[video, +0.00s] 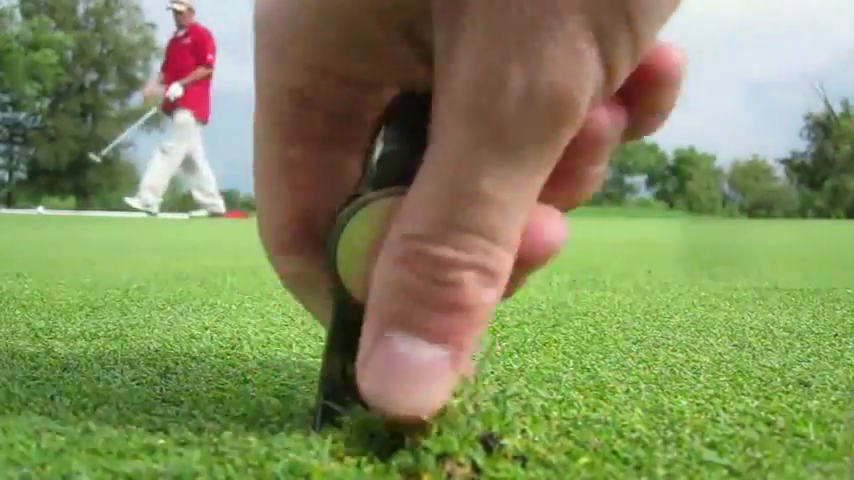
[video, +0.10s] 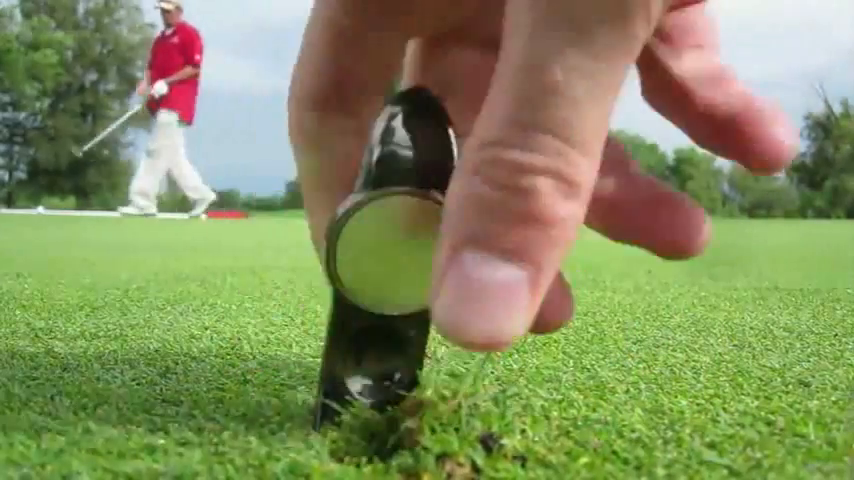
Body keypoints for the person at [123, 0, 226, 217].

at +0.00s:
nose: (177, 17)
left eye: (180, 12)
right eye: (175, 13)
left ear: (191, 13)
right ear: (174, 14)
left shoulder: (201, 35)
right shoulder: (174, 40)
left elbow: (206, 68)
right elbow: (167, 71)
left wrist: (180, 84)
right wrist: (155, 85)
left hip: (192, 103)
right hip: (175, 102)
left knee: (169, 150)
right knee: (192, 157)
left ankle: (148, 199)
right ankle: (212, 203)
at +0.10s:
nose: (164, 15)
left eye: (168, 11)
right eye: (162, 11)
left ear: (179, 11)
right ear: (160, 13)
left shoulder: (189, 34)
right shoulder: (159, 39)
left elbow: (194, 68)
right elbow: (152, 68)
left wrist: (166, 82)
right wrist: (145, 83)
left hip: (177, 98)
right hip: (161, 98)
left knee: (158, 149)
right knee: (172, 153)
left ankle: (143, 201)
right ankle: (201, 195)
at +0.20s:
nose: (152, 13)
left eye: (156, 9)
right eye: (149, 9)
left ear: (167, 8)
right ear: (147, 10)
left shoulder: (177, 32)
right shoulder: (147, 36)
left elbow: (181, 67)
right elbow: (139, 64)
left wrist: (151, 80)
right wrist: (132, 83)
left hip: (165, 97)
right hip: (147, 96)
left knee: (146, 148)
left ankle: (142, 200)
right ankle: (172, 183)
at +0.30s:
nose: (140, 9)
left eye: (144, 5)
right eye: (138, 6)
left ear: (155, 5)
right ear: (135, 8)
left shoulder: (166, 29)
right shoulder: (135, 32)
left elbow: (168, 64)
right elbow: (129, 62)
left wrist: (139, 76)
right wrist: (122, 79)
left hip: (152, 97)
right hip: (132, 97)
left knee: (142, 148)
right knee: (114, 145)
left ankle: (141, 201)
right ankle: (138, 192)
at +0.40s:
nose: (128, 6)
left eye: (132, 3)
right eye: (126, 3)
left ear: (143, 4)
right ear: (123, 5)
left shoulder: (153, 26)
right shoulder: (122, 29)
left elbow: (159, 61)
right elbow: (116, 59)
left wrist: (128, 73)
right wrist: (110, 77)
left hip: (141, 98)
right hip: (119, 98)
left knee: (138, 150)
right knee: (102, 146)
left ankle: (140, 201)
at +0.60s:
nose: (102, 12)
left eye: (105, 7)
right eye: (99, 7)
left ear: (116, 6)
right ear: (96, 8)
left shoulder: (130, 27)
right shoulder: (91, 30)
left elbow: (137, 62)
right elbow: (87, 61)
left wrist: (107, 76)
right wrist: (86, 78)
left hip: (120, 97)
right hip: (95, 97)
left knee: (120, 150)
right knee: (82, 149)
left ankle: (137, 201)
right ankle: (71, 200)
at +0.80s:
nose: (82, 10)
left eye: (87, 6)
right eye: (80, 6)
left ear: (99, 4)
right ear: (77, 6)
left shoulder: (113, 24)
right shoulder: (70, 25)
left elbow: (120, 61)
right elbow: (66, 60)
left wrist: (91, 78)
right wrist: (72, 83)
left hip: (105, 94)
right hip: (78, 94)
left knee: (96, 140)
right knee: (64, 147)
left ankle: (109, 198)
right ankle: (70, 201)